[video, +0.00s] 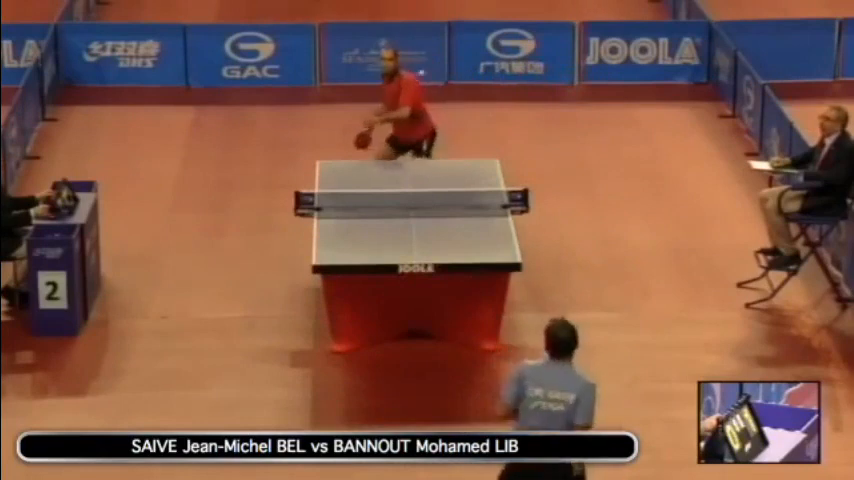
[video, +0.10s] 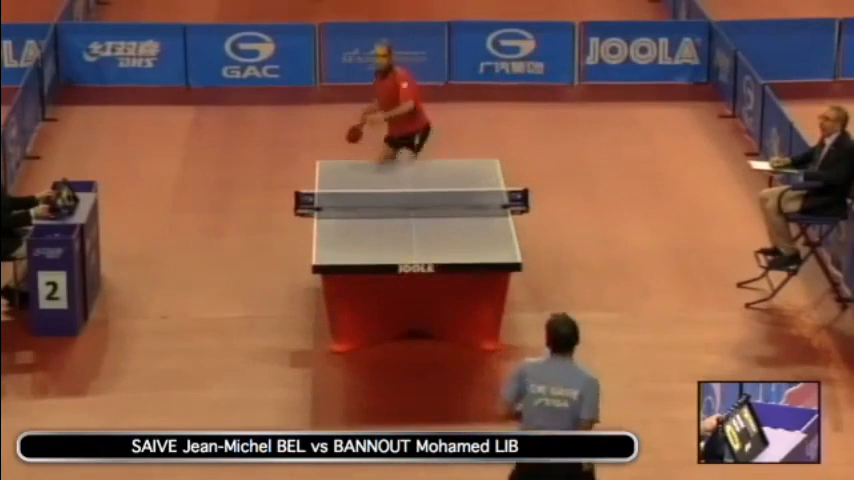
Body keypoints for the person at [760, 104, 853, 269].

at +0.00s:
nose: (821, 122)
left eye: (827, 119)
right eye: (822, 118)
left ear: (839, 125)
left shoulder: (846, 147)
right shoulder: (826, 140)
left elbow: (837, 177)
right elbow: (808, 158)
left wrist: (804, 175)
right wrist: (787, 163)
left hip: (829, 199)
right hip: (815, 191)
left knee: (774, 205)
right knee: (765, 196)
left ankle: (790, 254)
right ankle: (780, 247)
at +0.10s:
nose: (821, 122)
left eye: (827, 119)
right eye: (822, 118)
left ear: (839, 125)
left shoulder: (846, 147)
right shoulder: (827, 141)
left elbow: (837, 177)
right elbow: (808, 158)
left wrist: (804, 175)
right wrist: (786, 163)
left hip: (829, 199)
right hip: (815, 191)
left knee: (774, 205)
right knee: (765, 196)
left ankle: (790, 254)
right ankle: (780, 247)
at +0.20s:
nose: (820, 122)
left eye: (826, 119)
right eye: (821, 118)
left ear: (838, 125)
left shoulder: (846, 147)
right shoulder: (827, 140)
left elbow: (836, 177)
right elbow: (808, 157)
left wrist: (804, 175)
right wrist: (787, 162)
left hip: (830, 199)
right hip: (816, 191)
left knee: (773, 205)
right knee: (765, 197)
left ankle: (790, 254)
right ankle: (780, 247)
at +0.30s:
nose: (820, 122)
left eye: (825, 119)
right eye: (821, 118)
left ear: (837, 124)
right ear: (834, 123)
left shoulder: (846, 147)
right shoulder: (827, 140)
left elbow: (836, 177)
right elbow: (808, 158)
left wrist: (803, 175)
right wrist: (787, 163)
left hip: (829, 199)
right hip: (815, 191)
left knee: (773, 204)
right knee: (765, 197)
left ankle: (790, 254)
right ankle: (780, 247)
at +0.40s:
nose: (820, 122)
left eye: (825, 119)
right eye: (821, 118)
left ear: (837, 124)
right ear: (834, 123)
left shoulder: (846, 147)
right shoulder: (827, 140)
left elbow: (836, 177)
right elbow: (808, 158)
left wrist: (803, 175)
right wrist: (787, 163)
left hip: (829, 199)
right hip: (815, 191)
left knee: (773, 205)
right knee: (765, 197)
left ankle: (790, 254)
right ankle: (780, 247)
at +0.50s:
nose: (820, 122)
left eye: (825, 119)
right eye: (821, 118)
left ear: (837, 124)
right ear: (833, 123)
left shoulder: (846, 147)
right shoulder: (827, 139)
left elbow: (836, 177)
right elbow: (809, 157)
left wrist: (803, 175)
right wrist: (787, 163)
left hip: (829, 199)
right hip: (815, 190)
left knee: (773, 205)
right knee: (765, 197)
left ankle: (790, 254)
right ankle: (780, 247)